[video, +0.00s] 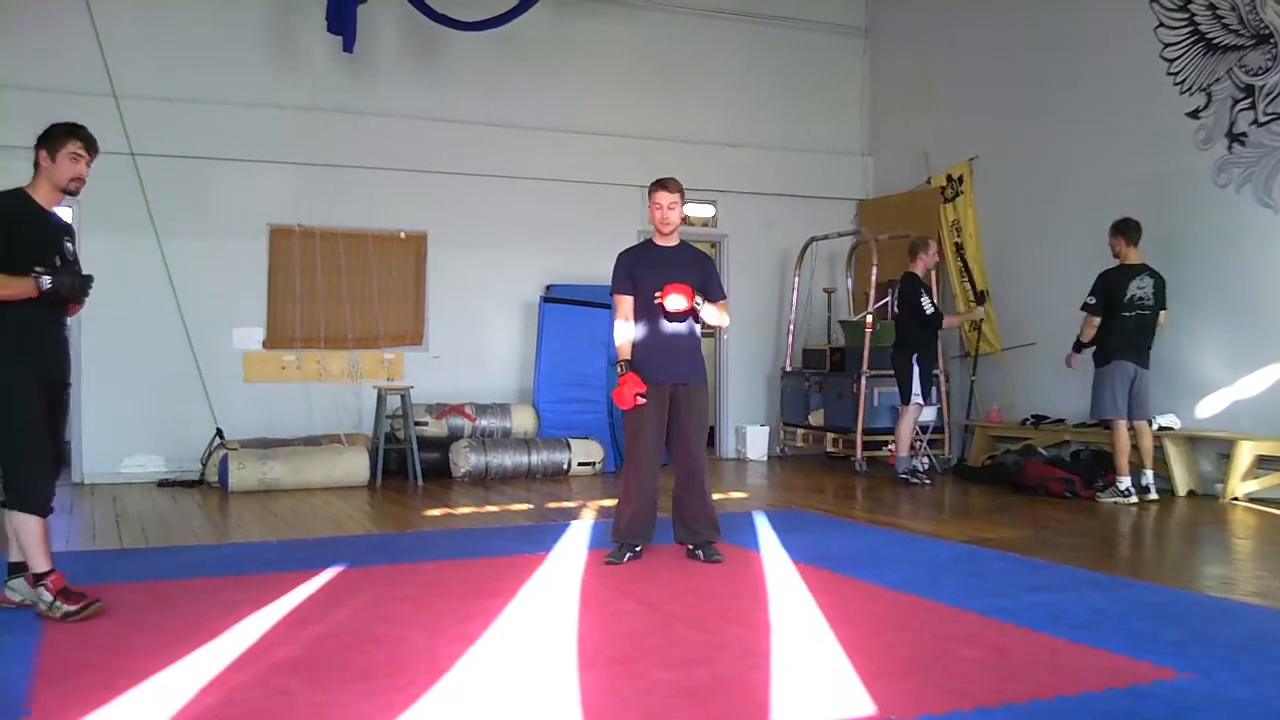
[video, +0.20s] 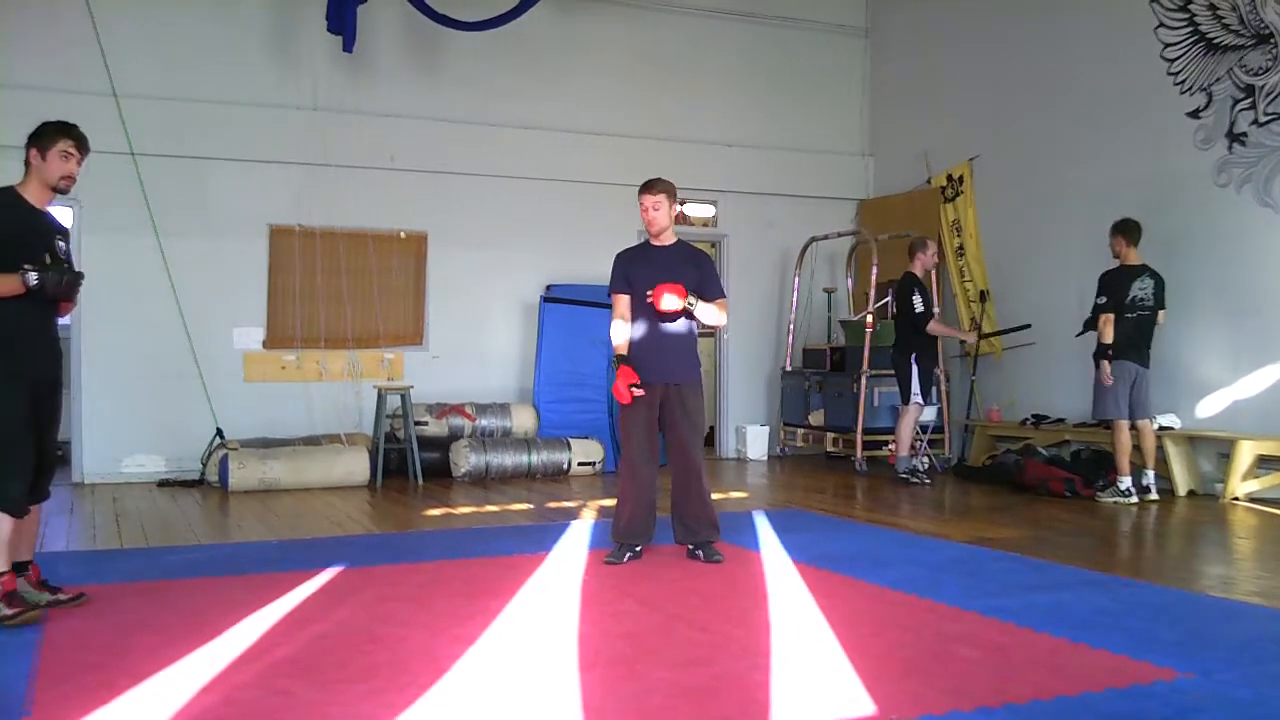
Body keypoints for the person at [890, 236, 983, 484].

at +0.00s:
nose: (937, 258)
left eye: (937, 254)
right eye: (934, 254)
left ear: (918, 257)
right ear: (921, 257)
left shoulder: (910, 283)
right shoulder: (914, 285)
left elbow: (930, 320)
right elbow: (936, 321)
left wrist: (963, 317)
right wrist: (970, 316)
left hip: (911, 353)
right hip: (912, 355)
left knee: (911, 408)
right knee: (912, 408)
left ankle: (904, 462)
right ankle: (903, 465)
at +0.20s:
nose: (936, 259)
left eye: (936, 254)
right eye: (933, 255)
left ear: (919, 258)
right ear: (920, 257)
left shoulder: (910, 284)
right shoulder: (912, 285)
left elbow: (919, 325)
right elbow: (927, 325)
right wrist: (962, 335)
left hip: (912, 353)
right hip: (912, 355)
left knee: (908, 408)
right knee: (914, 407)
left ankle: (904, 462)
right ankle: (903, 465)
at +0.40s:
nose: (941, 259)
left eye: (941, 254)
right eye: (938, 254)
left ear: (925, 256)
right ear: (925, 256)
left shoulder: (919, 283)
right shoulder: (914, 283)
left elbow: (924, 322)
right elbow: (920, 324)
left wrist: (949, 333)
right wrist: (953, 335)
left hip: (919, 351)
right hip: (914, 352)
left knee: (915, 406)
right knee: (917, 405)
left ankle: (910, 459)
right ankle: (908, 462)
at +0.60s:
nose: (1008, 266)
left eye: (1009, 261)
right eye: (1005, 261)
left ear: (993, 261)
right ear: (992, 261)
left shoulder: (989, 289)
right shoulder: (976, 287)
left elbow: (995, 324)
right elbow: (981, 327)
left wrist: (1022, 327)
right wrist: (1016, 334)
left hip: (990, 357)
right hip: (979, 357)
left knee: (983, 412)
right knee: (981, 411)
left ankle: (977, 466)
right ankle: (975, 469)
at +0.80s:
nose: (1005, 268)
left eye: (1006, 263)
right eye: (1002, 263)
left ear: (991, 263)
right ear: (988, 261)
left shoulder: (987, 289)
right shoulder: (970, 287)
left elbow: (994, 320)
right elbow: (972, 325)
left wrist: (1022, 321)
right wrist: (1006, 327)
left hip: (986, 357)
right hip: (972, 358)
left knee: (977, 412)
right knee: (972, 411)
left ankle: (968, 464)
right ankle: (966, 467)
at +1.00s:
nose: (993, 267)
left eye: (995, 262)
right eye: (991, 262)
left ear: (979, 260)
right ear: (977, 260)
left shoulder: (977, 286)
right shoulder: (960, 284)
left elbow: (981, 316)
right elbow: (960, 321)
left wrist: (1007, 317)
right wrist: (995, 320)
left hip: (975, 355)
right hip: (962, 355)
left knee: (967, 409)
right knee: (962, 409)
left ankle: (961, 462)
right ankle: (956, 465)